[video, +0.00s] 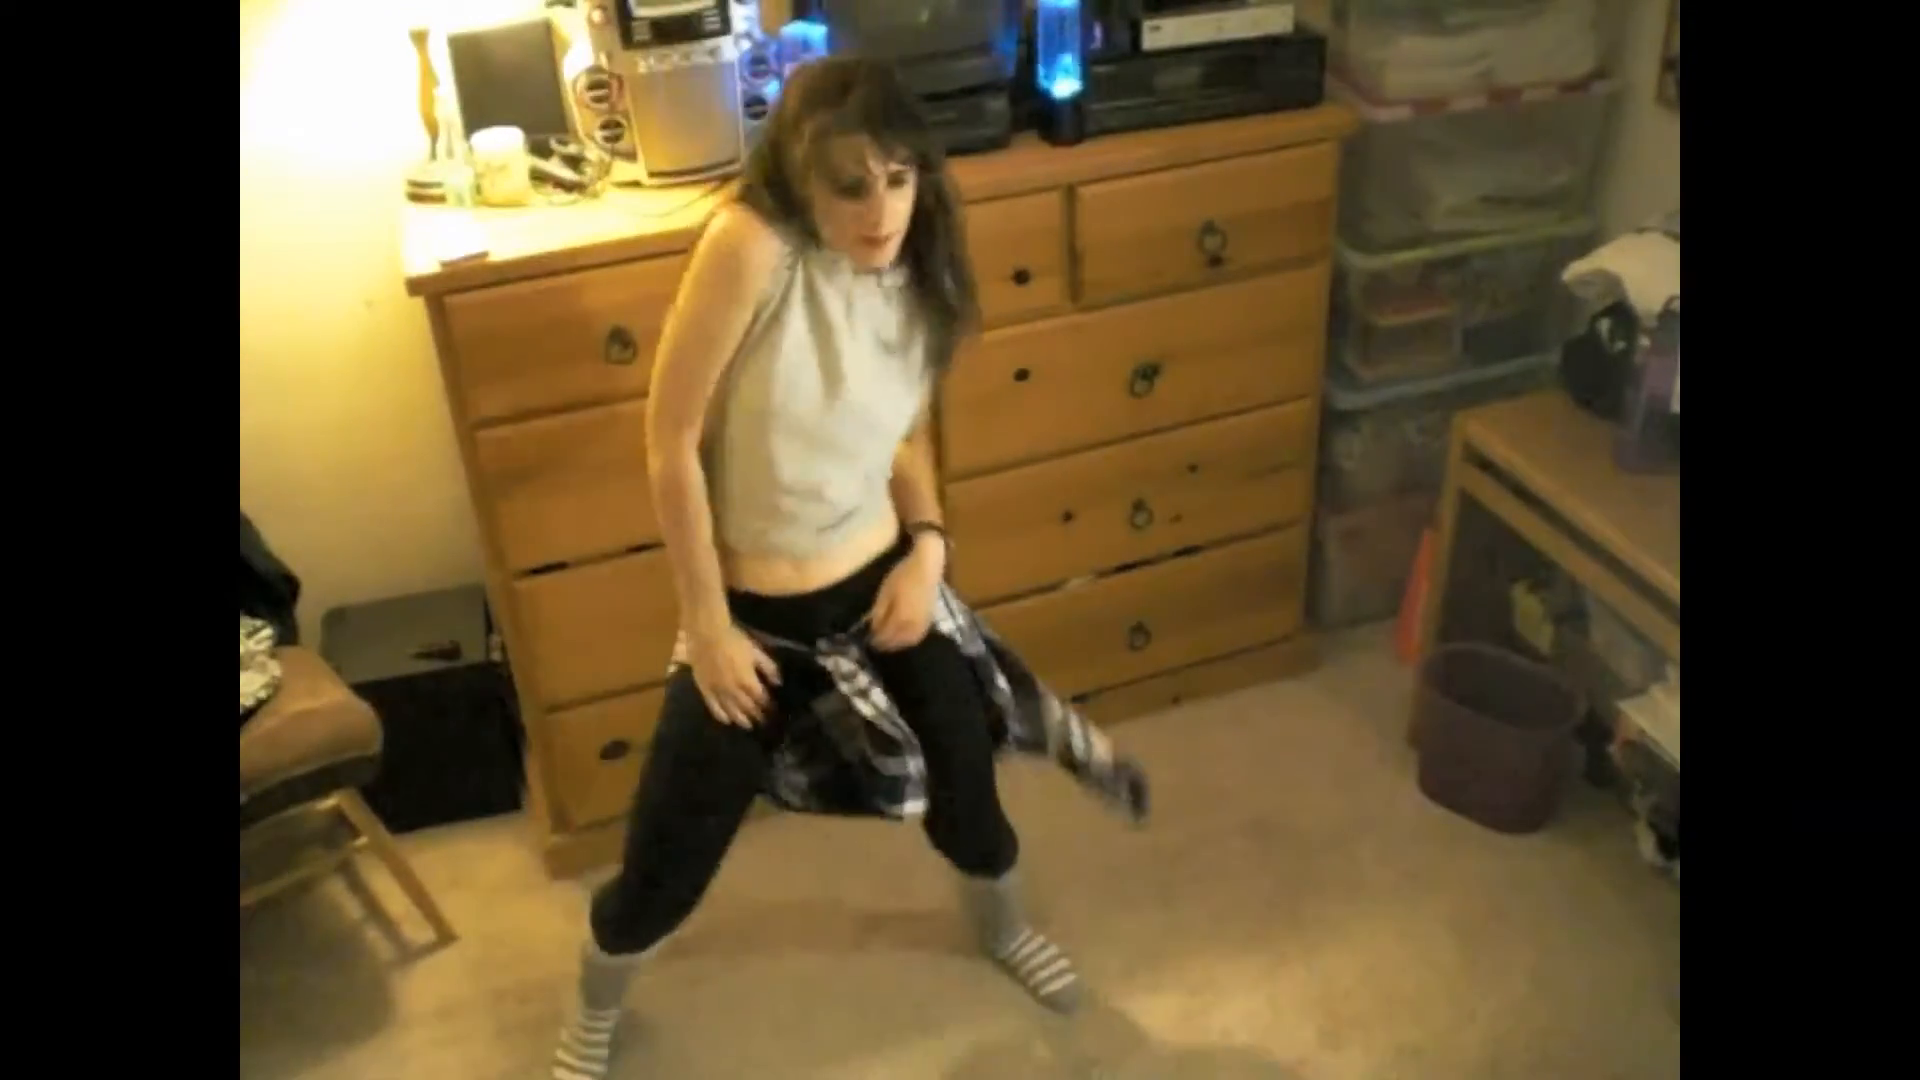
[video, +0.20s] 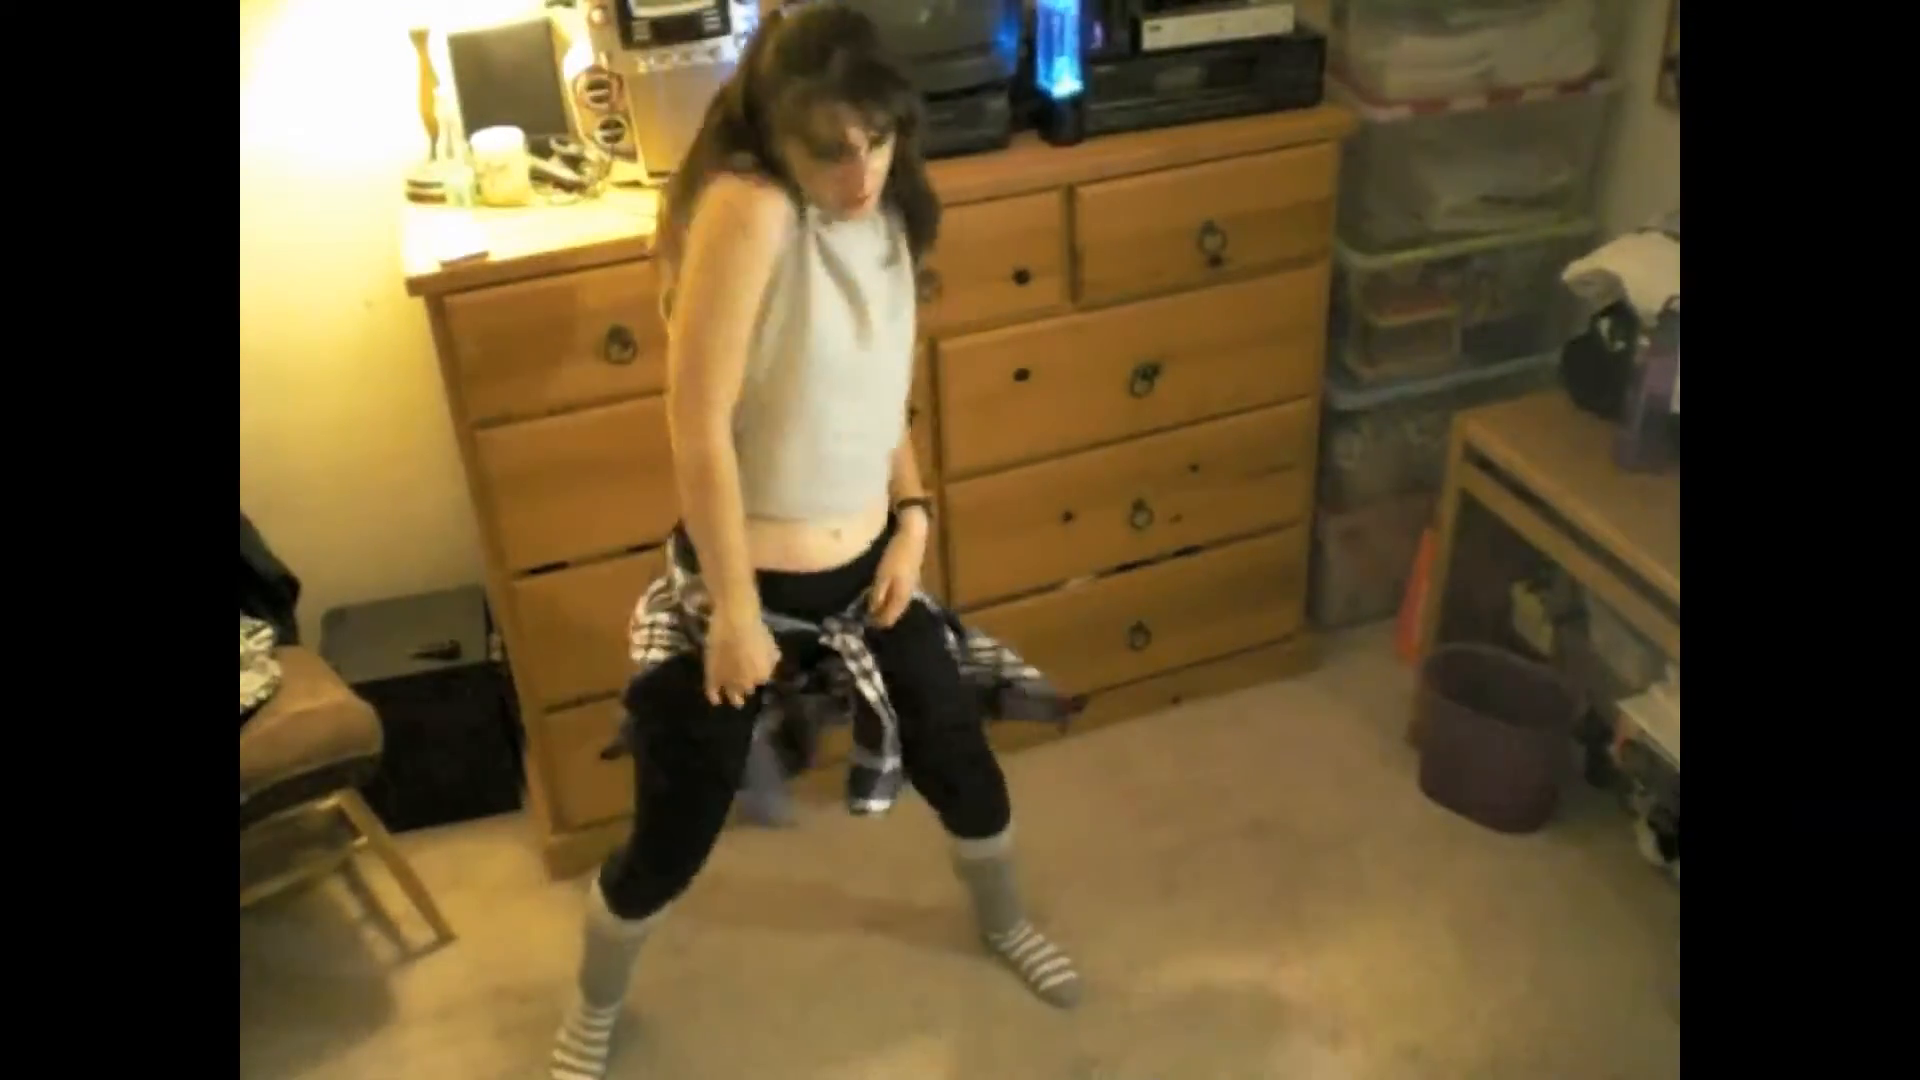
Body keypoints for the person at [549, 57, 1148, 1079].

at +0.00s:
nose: (884, 212)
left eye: (899, 181)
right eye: (851, 191)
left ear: (920, 171)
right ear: (798, 186)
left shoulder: (913, 268)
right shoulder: (748, 249)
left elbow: (901, 422)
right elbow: (671, 431)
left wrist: (925, 543)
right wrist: (706, 625)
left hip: (883, 591)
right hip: (751, 621)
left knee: (968, 778)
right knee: (665, 868)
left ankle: (1005, 930)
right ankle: (596, 1012)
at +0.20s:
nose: (862, 174)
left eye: (878, 144)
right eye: (830, 153)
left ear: (900, 126)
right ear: (773, 140)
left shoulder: (889, 219)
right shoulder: (749, 212)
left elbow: (881, 390)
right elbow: (695, 414)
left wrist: (912, 513)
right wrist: (730, 606)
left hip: (872, 580)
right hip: (739, 600)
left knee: (964, 766)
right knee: (668, 849)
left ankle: (1006, 926)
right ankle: (596, 1005)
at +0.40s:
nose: (932, 257)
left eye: (936, 224)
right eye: (895, 242)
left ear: (960, 217)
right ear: (847, 260)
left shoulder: (945, 319)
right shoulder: (839, 384)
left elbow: (906, 454)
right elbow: (698, 555)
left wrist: (968, 557)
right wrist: (776, 678)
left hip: (861, 616)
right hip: (729, 645)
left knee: (1018, 794)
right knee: (685, 922)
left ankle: (1008, 924)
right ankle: (598, 994)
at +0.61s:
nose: (892, 588)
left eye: (917, 581)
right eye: (897, 567)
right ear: (877, 512)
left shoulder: (908, 520)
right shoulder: (751, 536)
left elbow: (945, 600)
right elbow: (608, 566)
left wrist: (1023, 686)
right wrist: (657, 736)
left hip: (838, 644)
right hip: (711, 685)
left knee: (1016, 797)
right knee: (679, 951)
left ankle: (1011, 924)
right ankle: (605, 1002)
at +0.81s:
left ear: (752, 507)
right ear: (647, 525)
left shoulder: (817, 440)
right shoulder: (602, 506)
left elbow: (910, 564)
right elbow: (579, 646)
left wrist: (964, 701)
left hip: (837, 623)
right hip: (691, 652)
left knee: (997, 812)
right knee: (654, 898)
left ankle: (1008, 926)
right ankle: (602, 1000)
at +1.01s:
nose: (597, 413)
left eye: (598, 387)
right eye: (574, 402)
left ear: (624, 334)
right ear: (554, 388)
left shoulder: (760, 354)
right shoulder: (586, 374)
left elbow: (847, 535)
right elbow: (610, 528)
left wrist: (848, 705)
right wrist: (585, 429)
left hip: (825, 605)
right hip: (686, 615)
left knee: (953, 810)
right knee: (638, 851)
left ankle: (1006, 922)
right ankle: (604, 999)